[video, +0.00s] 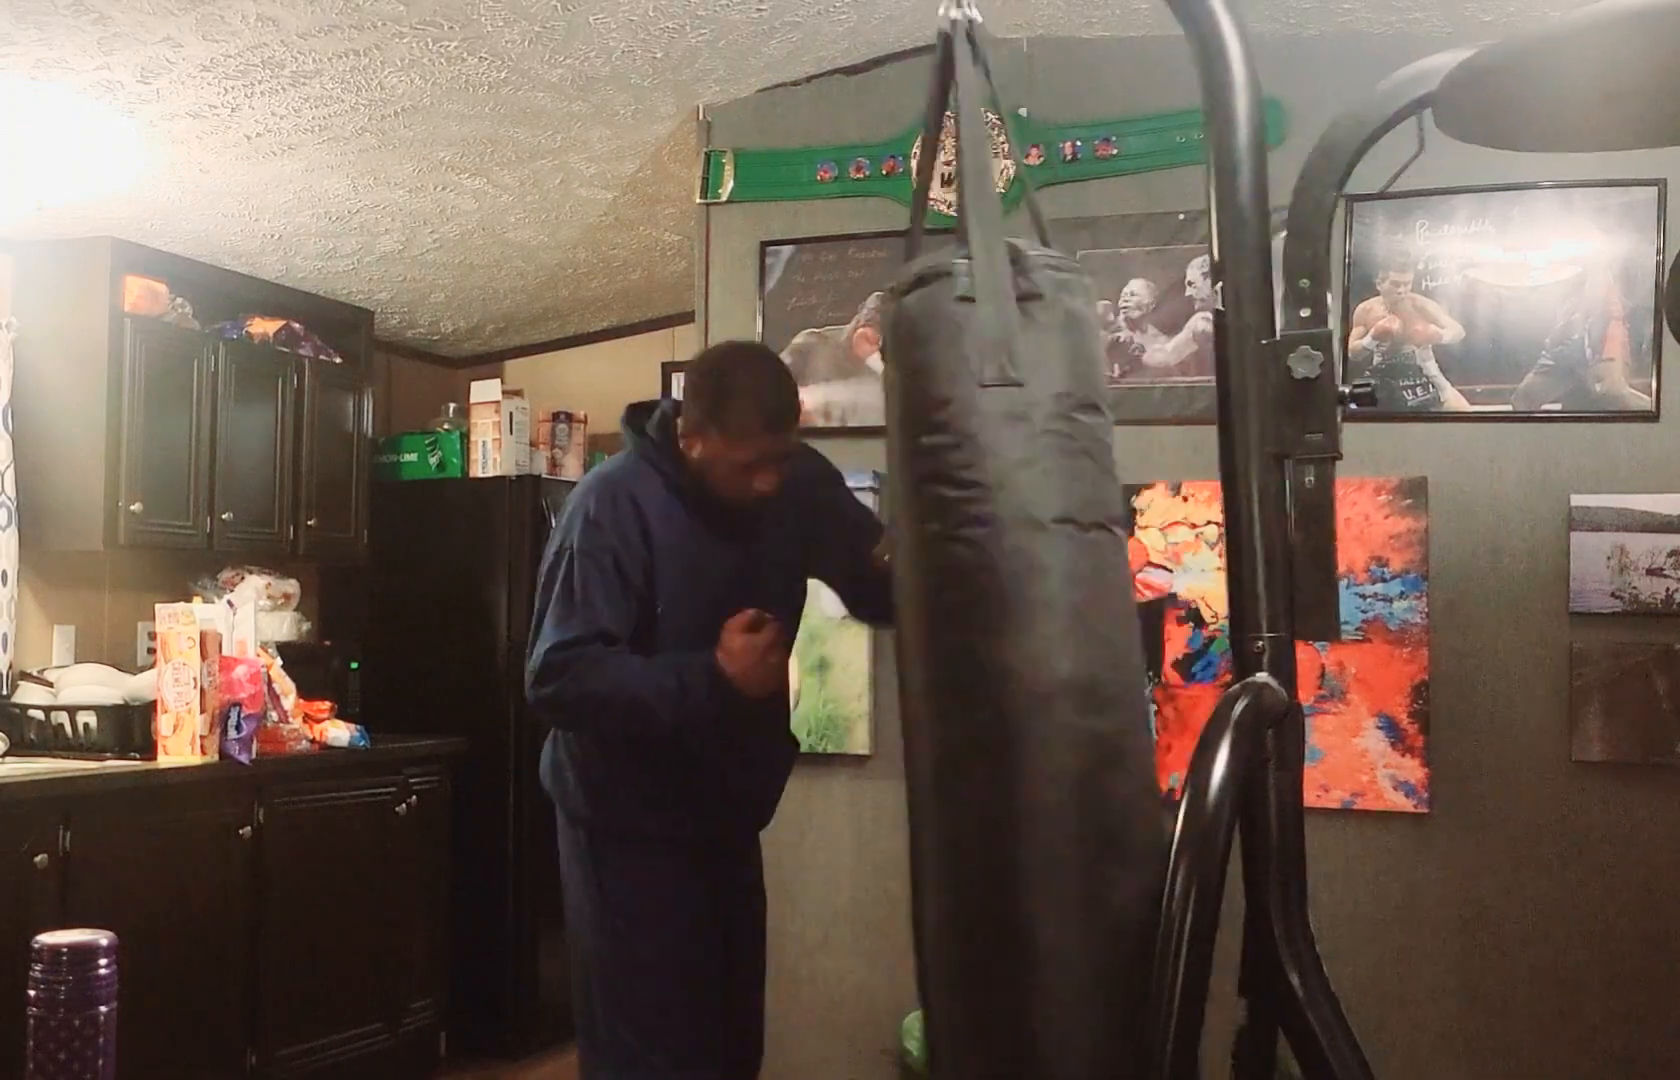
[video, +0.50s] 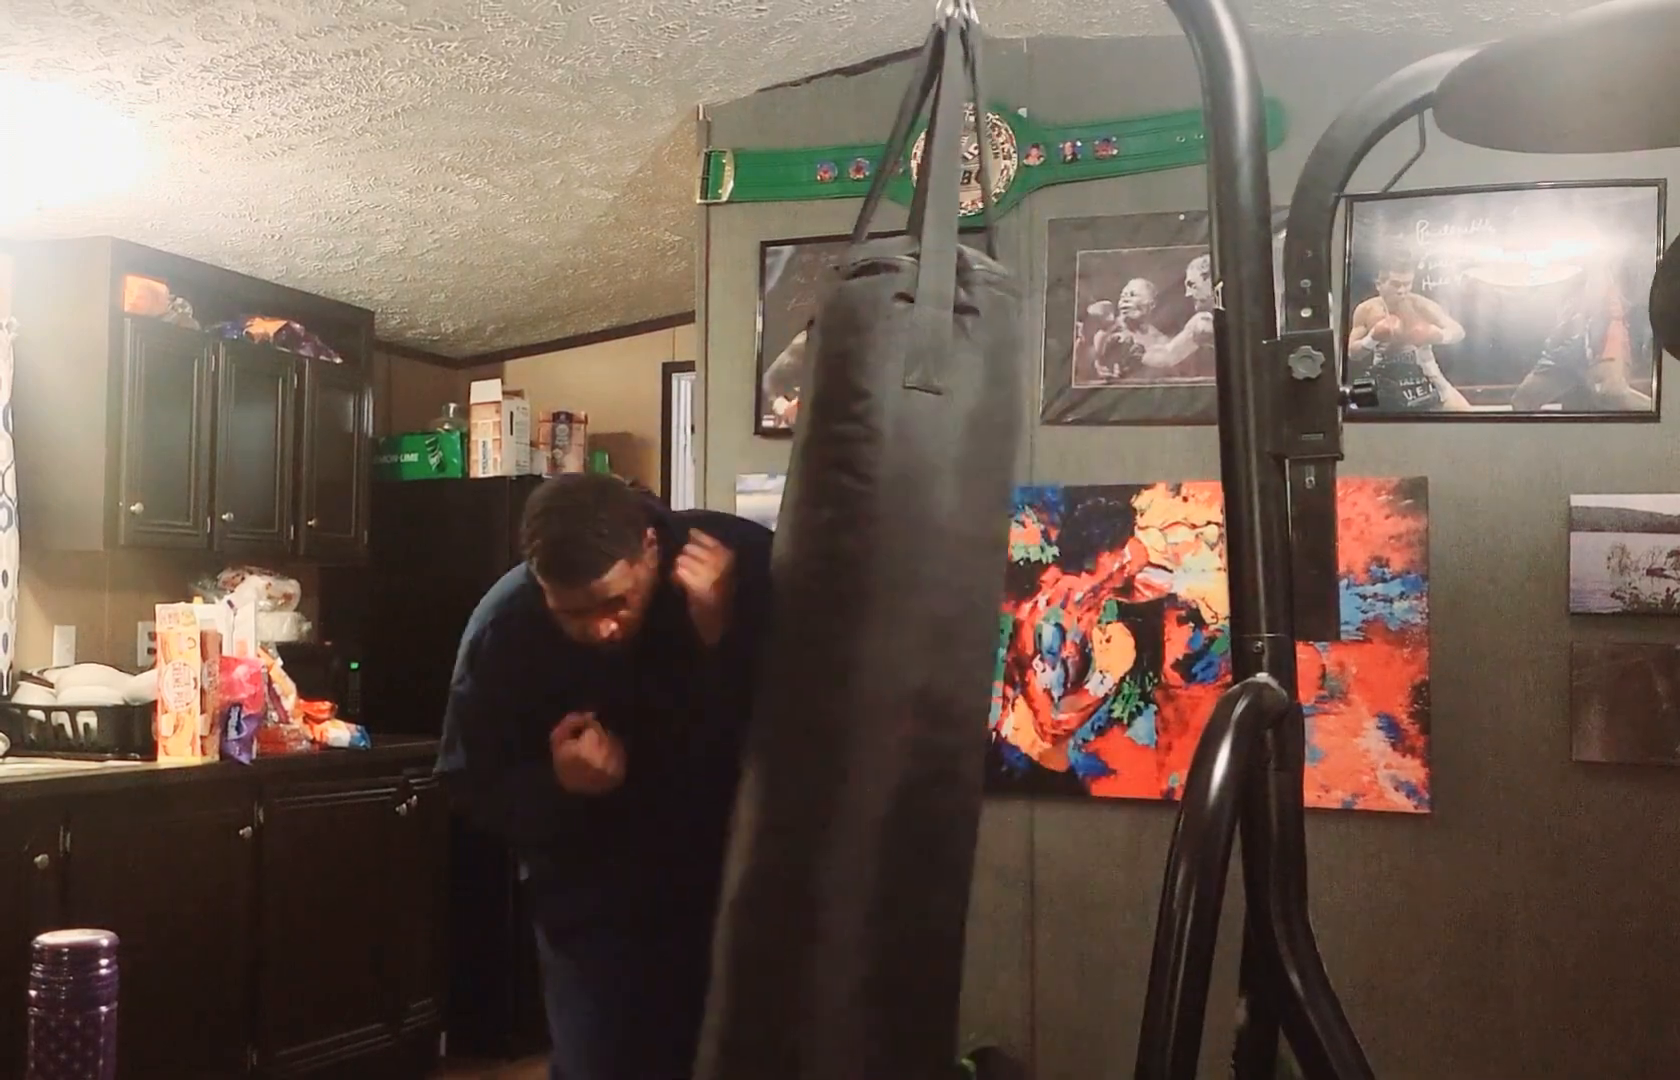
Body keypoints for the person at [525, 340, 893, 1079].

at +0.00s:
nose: (771, 481)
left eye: (782, 460)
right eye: (751, 466)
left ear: (793, 429)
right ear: (691, 438)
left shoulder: (798, 483)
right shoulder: (613, 502)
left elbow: (878, 593)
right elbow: (558, 674)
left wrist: (896, 567)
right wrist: (717, 674)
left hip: (725, 813)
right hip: (620, 817)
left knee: (728, 1037)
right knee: (643, 1041)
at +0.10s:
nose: (763, 536)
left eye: (776, 515)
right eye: (741, 519)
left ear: (793, 476)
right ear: (693, 479)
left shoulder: (812, 511)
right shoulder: (614, 527)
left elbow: (857, 666)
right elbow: (543, 695)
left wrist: (857, 642)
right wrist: (692, 690)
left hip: (720, 808)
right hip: (608, 814)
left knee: (742, 1036)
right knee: (643, 1038)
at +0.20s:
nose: (729, 574)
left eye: (744, 556)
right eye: (708, 560)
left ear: (766, 512)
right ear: (664, 519)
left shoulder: (811, 541)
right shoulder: (599, 559)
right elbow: (536, 728)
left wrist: (827, 698)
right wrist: (667, 714)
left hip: (725, 824)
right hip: (607, 836)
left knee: (757, 1041)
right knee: (640, 1044)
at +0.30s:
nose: (677, 604)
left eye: (691, 584)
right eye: (655, 588)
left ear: (723, 543)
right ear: (622, 560)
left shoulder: (792, 558)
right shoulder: (567, 592)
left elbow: (845, 723)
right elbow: (522, 751)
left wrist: (774, 696)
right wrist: (630, 736)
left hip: (728, 833)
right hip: (607, 849)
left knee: (752, 1031)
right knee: (637, 1044)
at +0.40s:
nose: (638, 623)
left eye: (653, 598)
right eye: (613, 608)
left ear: (686, 550)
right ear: (579, 581)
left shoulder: (767, 564)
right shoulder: (534, 613)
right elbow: (490, 769)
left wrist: (739, 660)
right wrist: (585, 761)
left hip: (744, 856)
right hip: (607, 876)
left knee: (737, 1046)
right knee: (615, 1056)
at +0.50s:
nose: (597, 630)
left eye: (615, 606)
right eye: (573, 615)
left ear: (651, 550)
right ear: (541, 583)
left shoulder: (746, 568)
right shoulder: (504, 630)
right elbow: (468, 783)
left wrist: (722, 632)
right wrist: (556, 781)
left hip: (720, 873)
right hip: (586, 892)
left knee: (715, 1055)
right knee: (596, 1060)